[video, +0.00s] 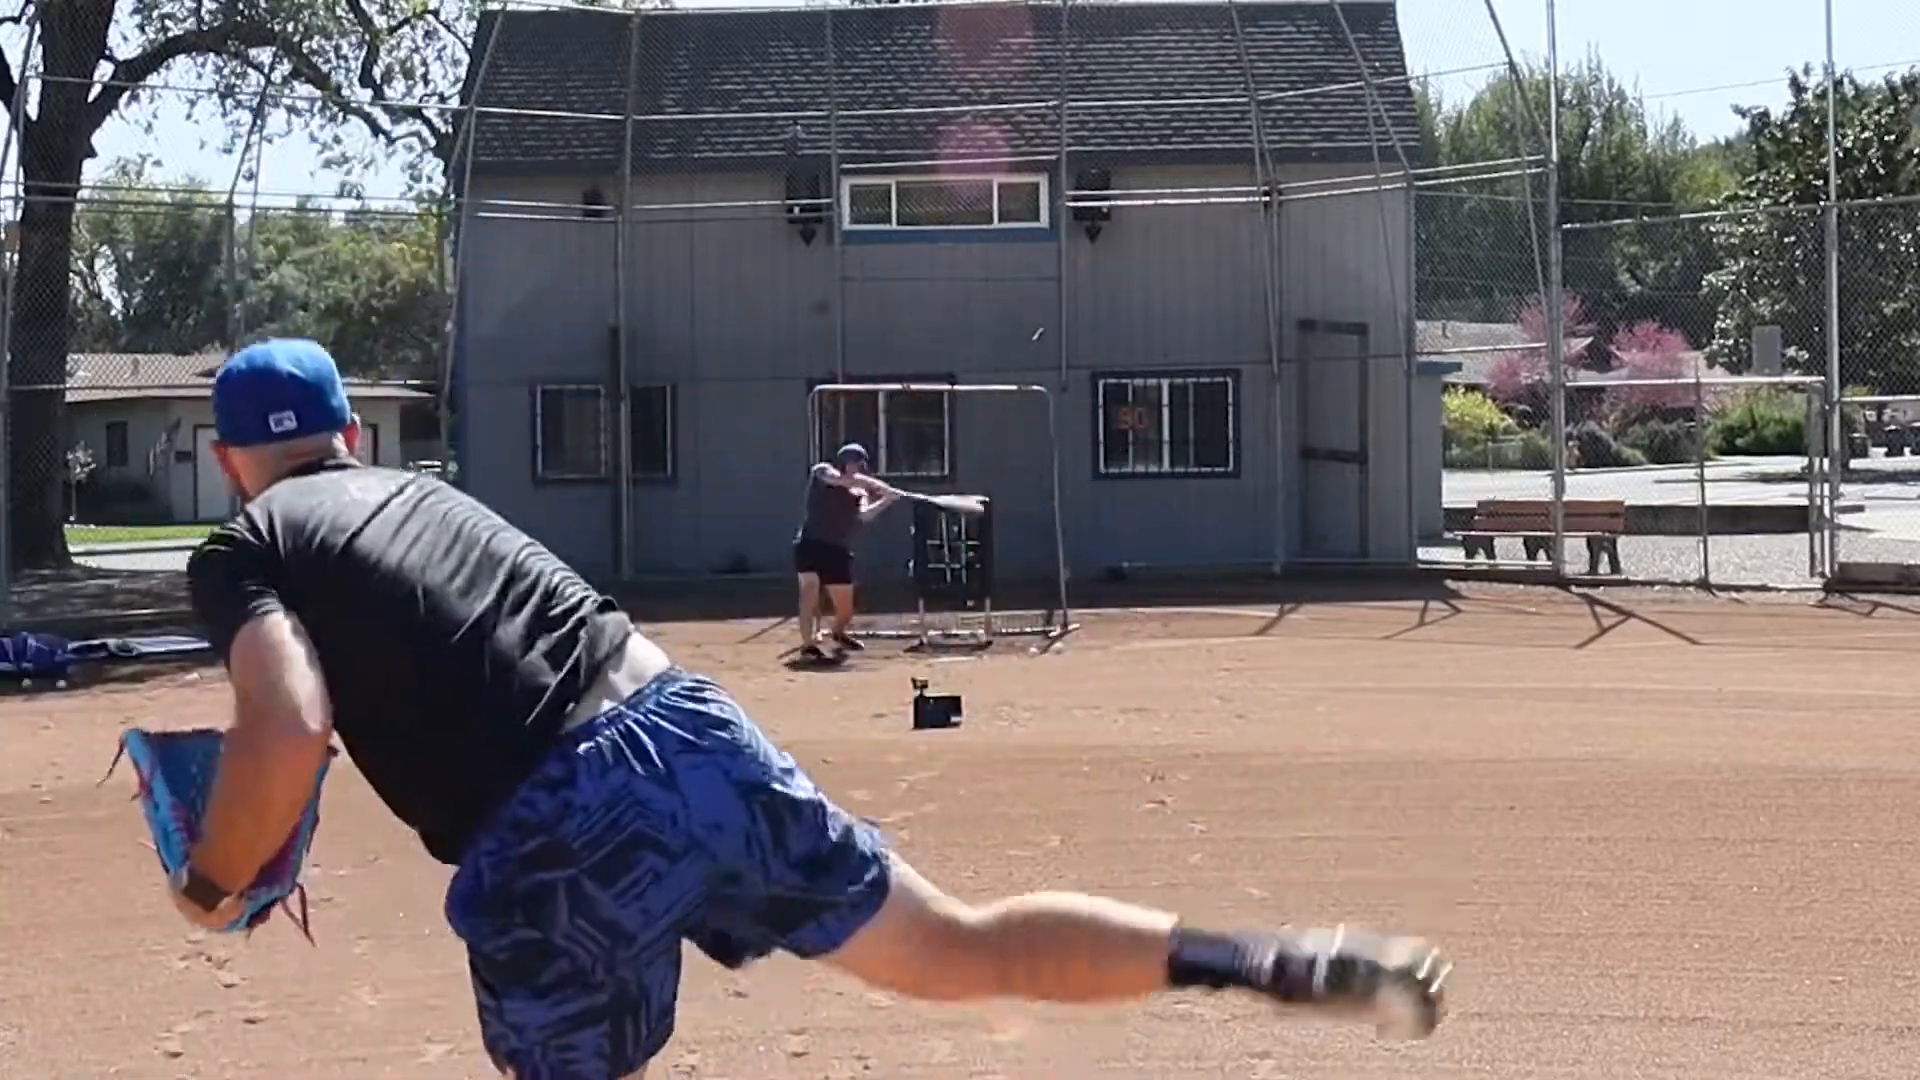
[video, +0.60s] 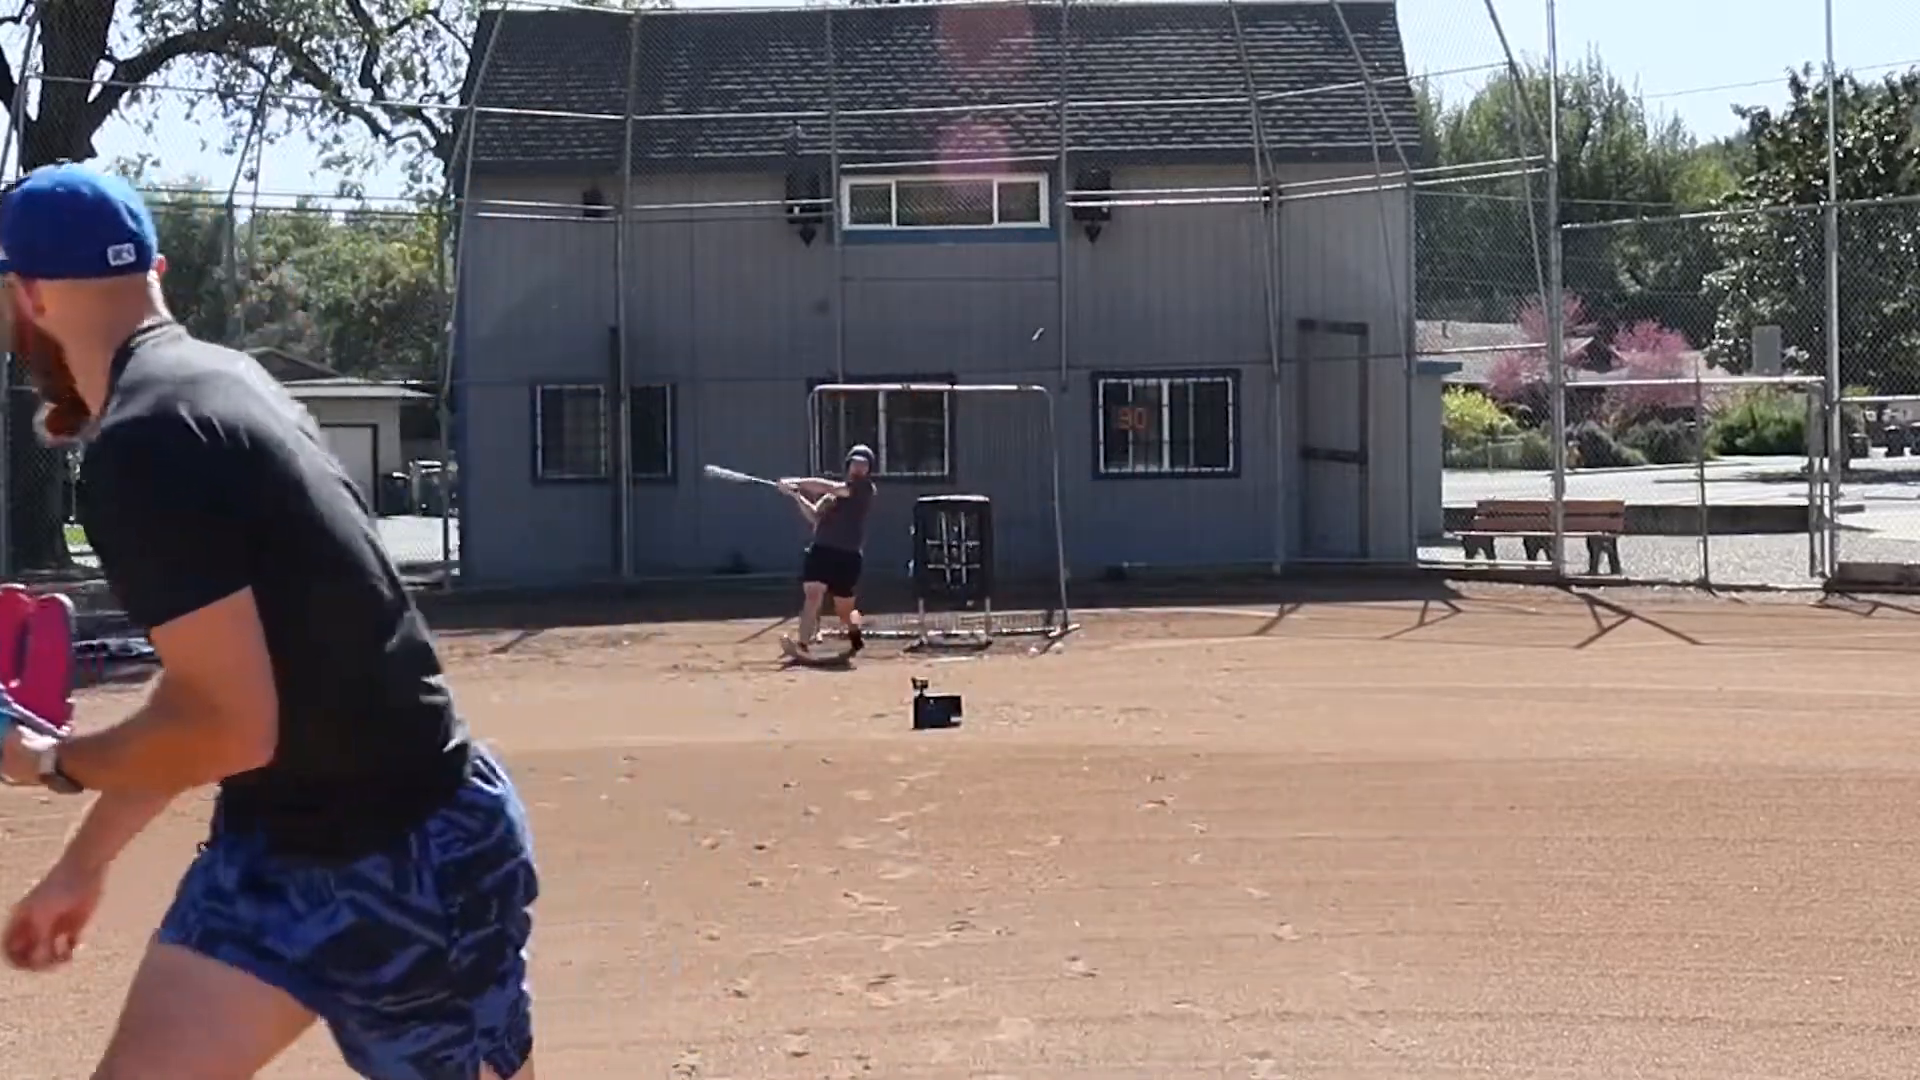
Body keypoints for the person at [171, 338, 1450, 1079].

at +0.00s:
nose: (219, 469)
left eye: (218, 450)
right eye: (233, 449)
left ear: (235, 453)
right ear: (342, 427)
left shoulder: (253, 545)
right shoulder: (416, 495)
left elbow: (281, 727)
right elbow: (387, 706)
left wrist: (218, 872)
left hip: (559, 829)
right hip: (693, 726)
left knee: (566, 1059)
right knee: (949, 947)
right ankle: (1285, 968)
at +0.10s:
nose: (191, 422)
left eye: (186, 406)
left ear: (195, 413)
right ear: (321, 387)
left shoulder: (226, 518)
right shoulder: (402, 448)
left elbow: (289, 739)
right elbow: (420, 641)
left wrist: (219, 866)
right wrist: (273, 799)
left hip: (565, 830)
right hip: (695, 722)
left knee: (587, 1065)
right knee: (819, 954)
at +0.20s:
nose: (178, 396)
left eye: (174, 376)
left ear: (182, 379)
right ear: (306, 346)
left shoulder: (231, 493)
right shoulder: (387, 411)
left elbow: (307, 748)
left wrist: (221, 846)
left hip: (569, 820)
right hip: (689, 730)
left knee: (589, 1059)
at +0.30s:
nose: (165, 367)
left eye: (159, 347)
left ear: (165, 353)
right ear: (296, 318)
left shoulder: (228, 474)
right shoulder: (375, 390)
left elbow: (315, 744)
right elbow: (503, 564)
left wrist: (208, 824)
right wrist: (444, 733)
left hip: (579, 811)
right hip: (651, 736)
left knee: (593, 1064)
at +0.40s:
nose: (137, 341)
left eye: (131, 323)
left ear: (142, 327)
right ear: (275, 293)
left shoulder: (223, 452)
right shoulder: (358, 375)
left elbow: (305, 745)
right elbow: (402, 584)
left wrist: (168, 793)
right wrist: (328, 744)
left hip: (535, 820)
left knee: (557, 1066)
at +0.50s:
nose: (94, 328)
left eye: (87, 301)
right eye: (88, 301)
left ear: (99, 302)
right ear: (222, 271)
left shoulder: (203, 437)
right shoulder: (306, 368)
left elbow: (276, 729)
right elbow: (306, 615)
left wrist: (115, 766)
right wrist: (215, 799)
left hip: (484, 829)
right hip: (369, 815)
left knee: (527, 1067)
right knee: (173, 1058)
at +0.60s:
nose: (10, 320)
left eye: (7, 292)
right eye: (8, 292)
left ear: (30, 294)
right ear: (152, 271)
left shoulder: (146, 438)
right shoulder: (211, 381)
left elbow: (232, 724)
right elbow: (198, 688)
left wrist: (51, 760)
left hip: (417, 851)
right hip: (279, 837)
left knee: (464, 1061)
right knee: (141, 1066)